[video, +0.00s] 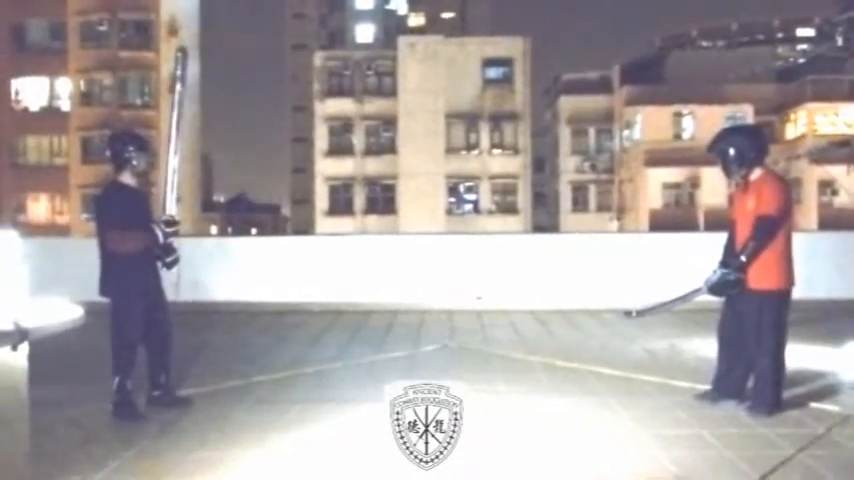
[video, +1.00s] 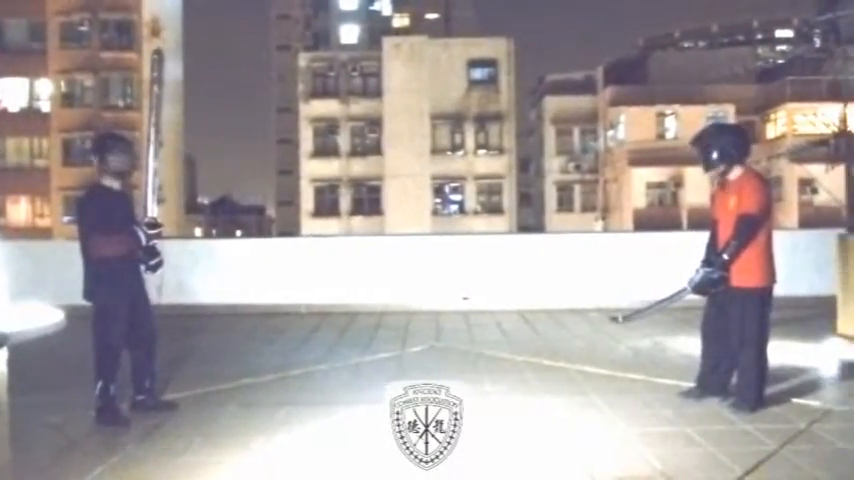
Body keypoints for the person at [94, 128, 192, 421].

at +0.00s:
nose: (148, 161)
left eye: (147, 155)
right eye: (143, 155)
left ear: (129, 157)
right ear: (129, 157)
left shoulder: (139, 195)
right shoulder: (112, 196)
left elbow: (140, 232)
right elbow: (113, 241)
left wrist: (159, 236)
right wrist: (153, 243)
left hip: (146, 277)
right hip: (123, 279)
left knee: (159, 329)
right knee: (127, 334)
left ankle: (160, 388)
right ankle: (121, 393)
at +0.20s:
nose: (148, 163)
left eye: (147, 157)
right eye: (143, 157)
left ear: (130, 159)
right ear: (127, 159)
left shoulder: (137, 195)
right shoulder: (110, 198)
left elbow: (139, 232)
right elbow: (111, 243)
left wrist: (158, 240)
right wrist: (151, 246)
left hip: (145, 278)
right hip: (122, 281)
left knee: (159, 331)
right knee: (126, 335)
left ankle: (160, 389)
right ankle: (121, 397)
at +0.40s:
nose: (145, 163)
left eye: (144, 157)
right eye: (139, 157)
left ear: (126, 160)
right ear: (124, 160)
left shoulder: (135, 196)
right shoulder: (107, 199)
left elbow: (136, 233)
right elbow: (111, 244)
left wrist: (155, 233)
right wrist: (150, 245)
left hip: (143, 279)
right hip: (119, 282)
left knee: (157, 330)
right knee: (123, 336)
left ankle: (157, 390)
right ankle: (118, 396)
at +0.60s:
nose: (142, 162)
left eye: (141, 156)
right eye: (136, 156)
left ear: (121, 159)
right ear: (121, 160)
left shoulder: (131, 195)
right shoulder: (106, 198)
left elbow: (133, 232)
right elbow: (110, 244)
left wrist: (152, 231)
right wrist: (149, 246)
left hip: (140, 278)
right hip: (118, 281)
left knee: (154, 331)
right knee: (121, 338)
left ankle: (155, 391)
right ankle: (116, 398)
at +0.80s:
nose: (141, 162)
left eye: (140, 156)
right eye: (135, 156)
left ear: (121, 160)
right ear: (119, 160)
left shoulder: (130, 195)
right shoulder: (106, 198)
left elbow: (131, 233)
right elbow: (108, 245)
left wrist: (150, 234)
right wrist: (147, 249)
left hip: (138, 278)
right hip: (117, 281)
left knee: (152, 333)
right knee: (119, 338)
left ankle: (153, 391)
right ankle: (114, 396)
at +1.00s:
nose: (126, 160)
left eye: (127, 153)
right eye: (119, 153)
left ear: (130, 159)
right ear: (103, 159)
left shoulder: (123, 196)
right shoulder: (93, 198)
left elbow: (126, 234)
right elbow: (96, 247)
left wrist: (143, 245)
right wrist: (138, 250)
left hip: (130, 276)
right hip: (106, 279)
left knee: (143, 333)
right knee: (109, 339)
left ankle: (145, 393)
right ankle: (105, 400)